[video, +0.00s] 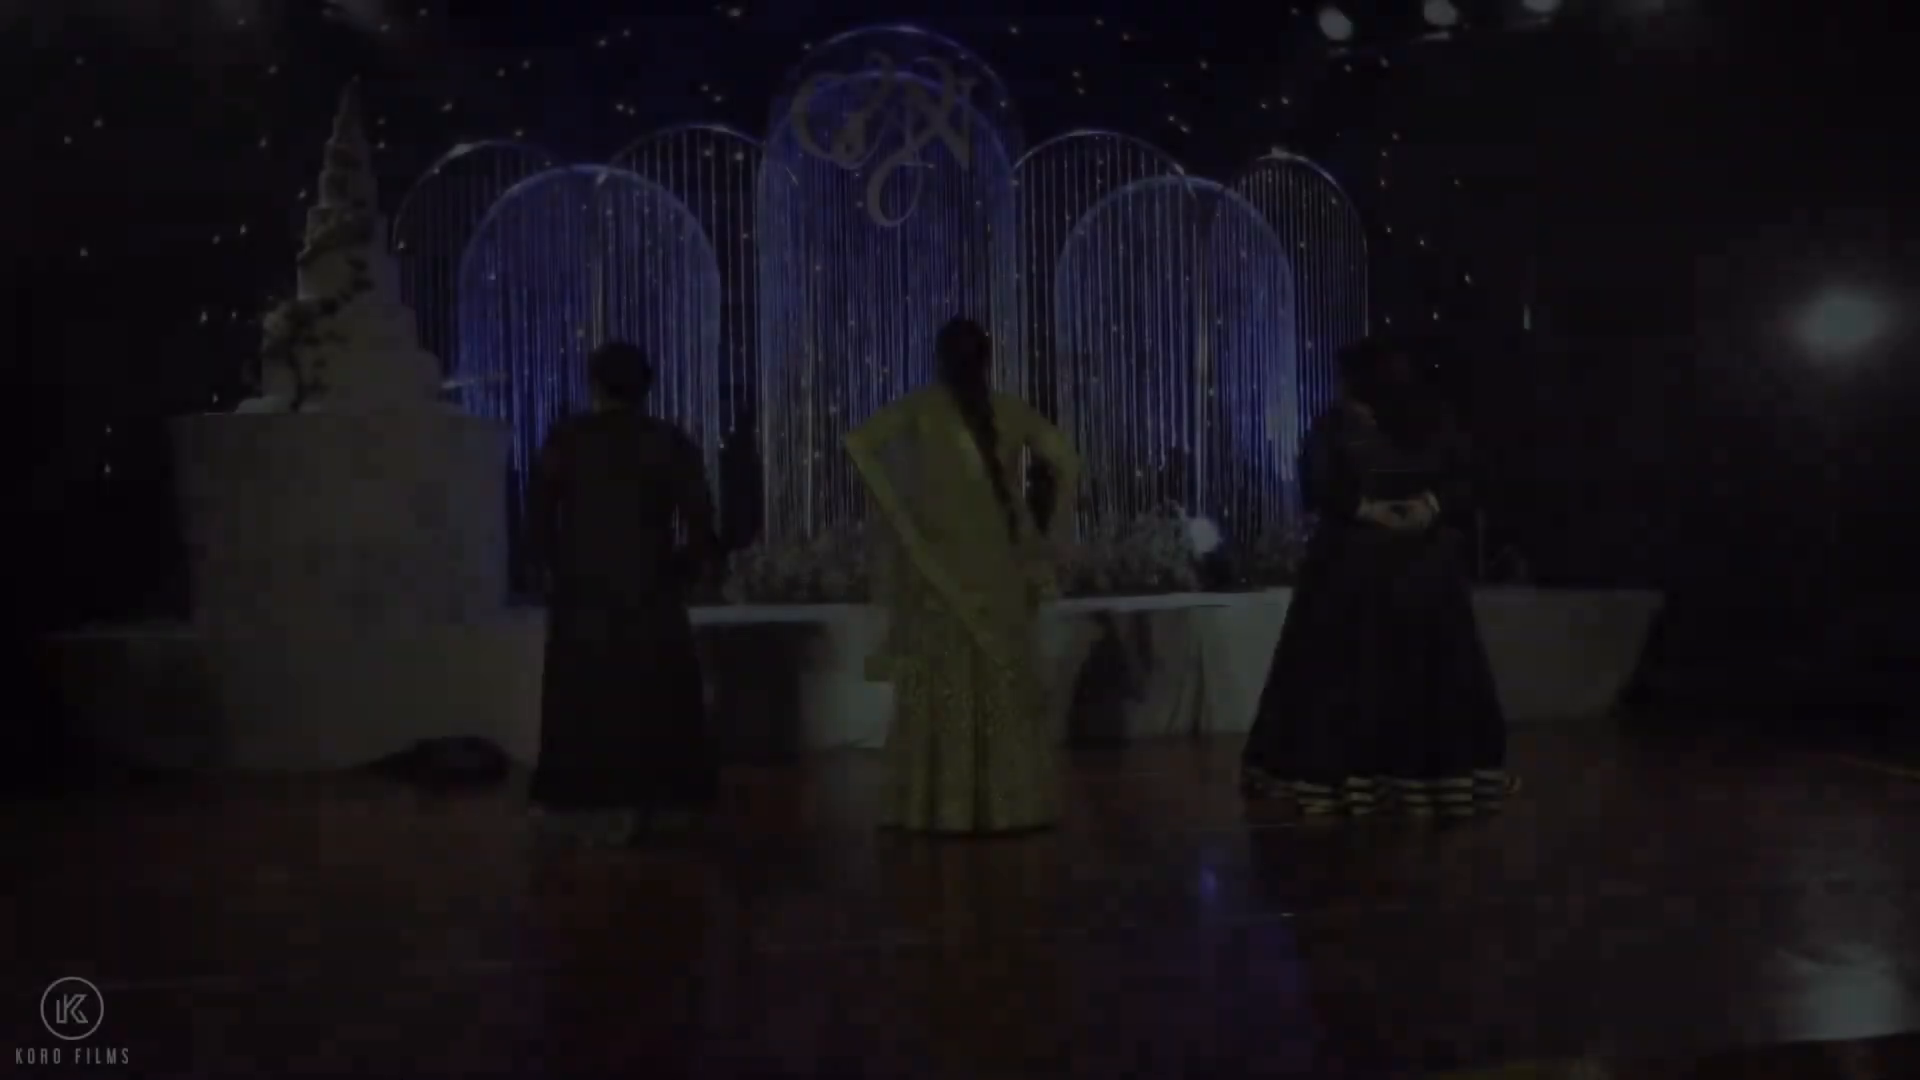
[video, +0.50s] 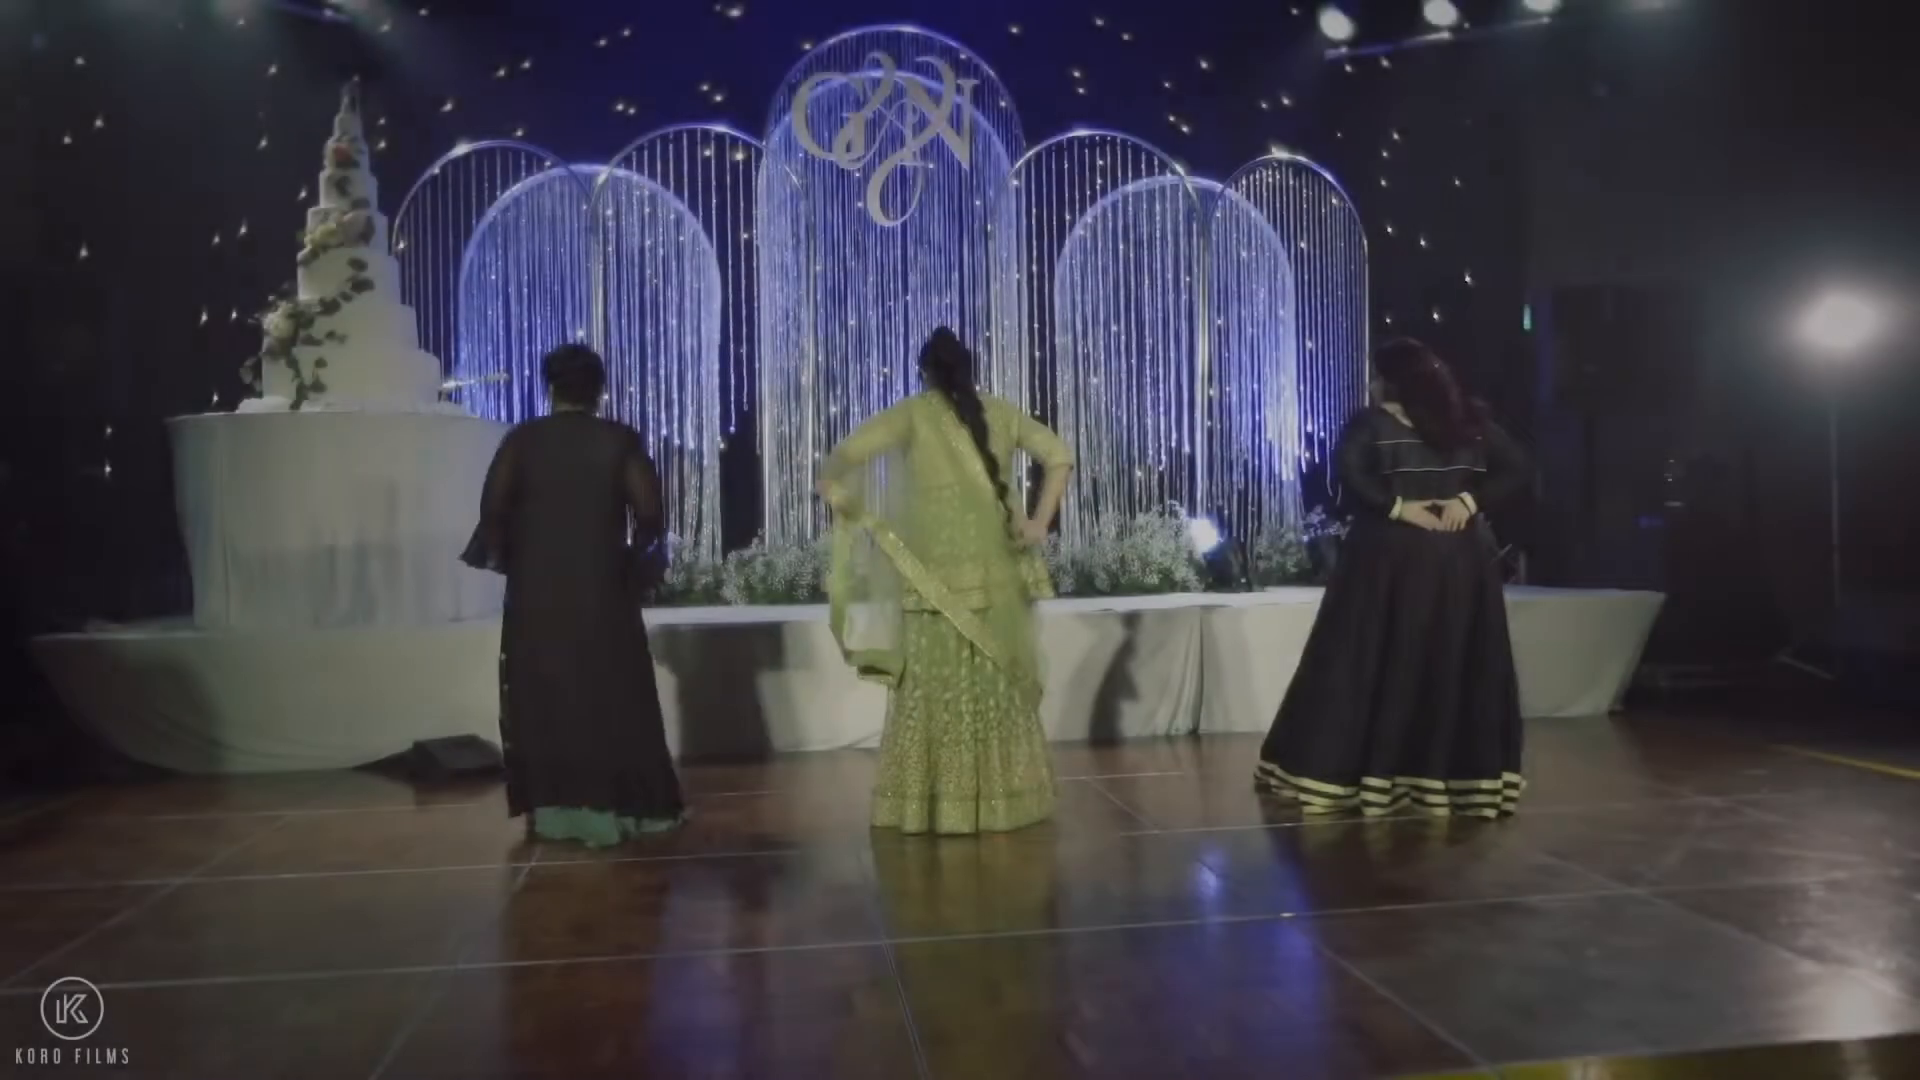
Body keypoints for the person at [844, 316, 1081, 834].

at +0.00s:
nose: (974, 365)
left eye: (968, 353)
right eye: (974, 354)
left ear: (939, 359)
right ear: (986, 358)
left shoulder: (921, 405)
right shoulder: (1008, 409)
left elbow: (859, 443)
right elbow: (1065, 460)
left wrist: (901, 520)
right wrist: (1052, 533)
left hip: (937, 563)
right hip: (997, 564)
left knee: (940, 686)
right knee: (1001, 684)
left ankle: (943, 806)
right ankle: (1005, 805)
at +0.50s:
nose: (926, 376)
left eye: (925, 368)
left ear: (924, 370)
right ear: (968, 367)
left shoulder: (913, 413)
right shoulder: (998, 411)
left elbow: (848, 452)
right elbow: (1060, 457)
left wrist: (833, 487)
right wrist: (1040, 523)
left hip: (936, 576)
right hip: (999, 575)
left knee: (937, 695)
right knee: (1000, 689)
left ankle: (940, 806)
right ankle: (1003, 803)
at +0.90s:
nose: (945, 368)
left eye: (943, 361)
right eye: (953, 360)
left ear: (942, 365)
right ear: (986, 363)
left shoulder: (929, 413)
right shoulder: (1014, 411)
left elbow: (868, 443)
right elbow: (1072, 464)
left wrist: (862, 384)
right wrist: (1068, 531)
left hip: (954, 577)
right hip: (1015, 574)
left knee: (951, 691)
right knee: (1015, 686)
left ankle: (957, 801)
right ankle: (1016, 799)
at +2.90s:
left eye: (966, 352)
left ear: (963, 363)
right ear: (1004, 362)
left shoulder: (943, 409)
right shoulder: (1025, 407)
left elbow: (913, 373)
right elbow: (1033, 370)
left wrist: (952, 335)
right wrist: (997, 338)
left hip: (964, 564)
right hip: (1022, 562)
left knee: (961, 685)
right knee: (1023, 684)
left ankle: (964, 795)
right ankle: (1026, 795)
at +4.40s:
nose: (951, 374)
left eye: (951, 367)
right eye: (954, 366)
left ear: (956, 368)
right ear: (996, 364)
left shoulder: (948, 412)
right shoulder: (1029, 415)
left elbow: (893, 465)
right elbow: (1086, 465)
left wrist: (824, 476)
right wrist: (1140, 480)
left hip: (969, 580)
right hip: (1027, 578)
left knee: (966, 692)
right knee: (1026, 689)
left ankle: (967, 797)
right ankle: (1028, 796)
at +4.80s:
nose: (940, 377)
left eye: (942, 369)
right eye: (941, 369)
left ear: (957, 368)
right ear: (985, 367)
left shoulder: (945, 411)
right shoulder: (1018, 416)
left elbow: (919, 469)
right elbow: (1056, 483)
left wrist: (857, 460)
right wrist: (1068, 503)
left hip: (968, 573)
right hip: (1025, 571)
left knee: (967, 686)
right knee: (1028, 682)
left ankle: (971, 795)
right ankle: (1029, 794)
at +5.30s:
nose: (916, 372)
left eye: (922, 363)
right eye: (915, 363)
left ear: (951, 366)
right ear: (936, 368)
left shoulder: (980, 413)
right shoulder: (930, 419)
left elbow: (1021, 473)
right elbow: (917, 487)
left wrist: (961, 474)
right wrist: (897, 536)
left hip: (974, 571)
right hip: (928, 569)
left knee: (968, 678)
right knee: (918, 675)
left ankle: (965, 791)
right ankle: (912, 788)